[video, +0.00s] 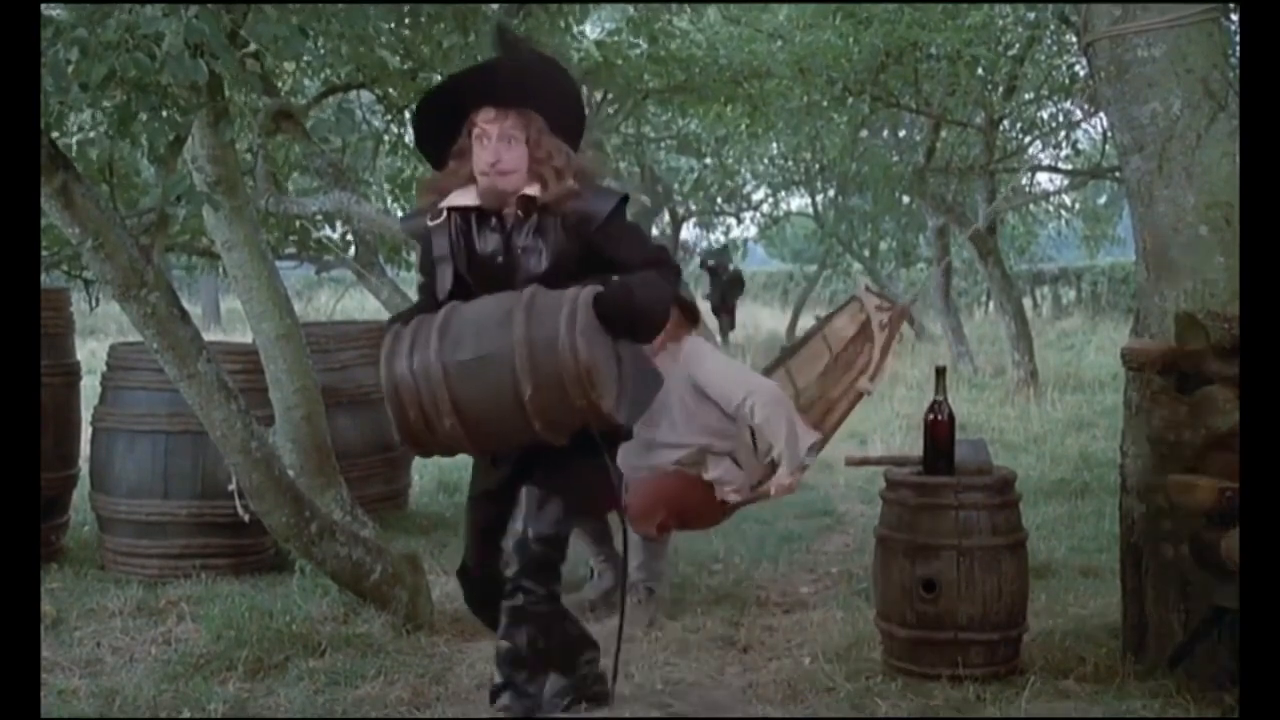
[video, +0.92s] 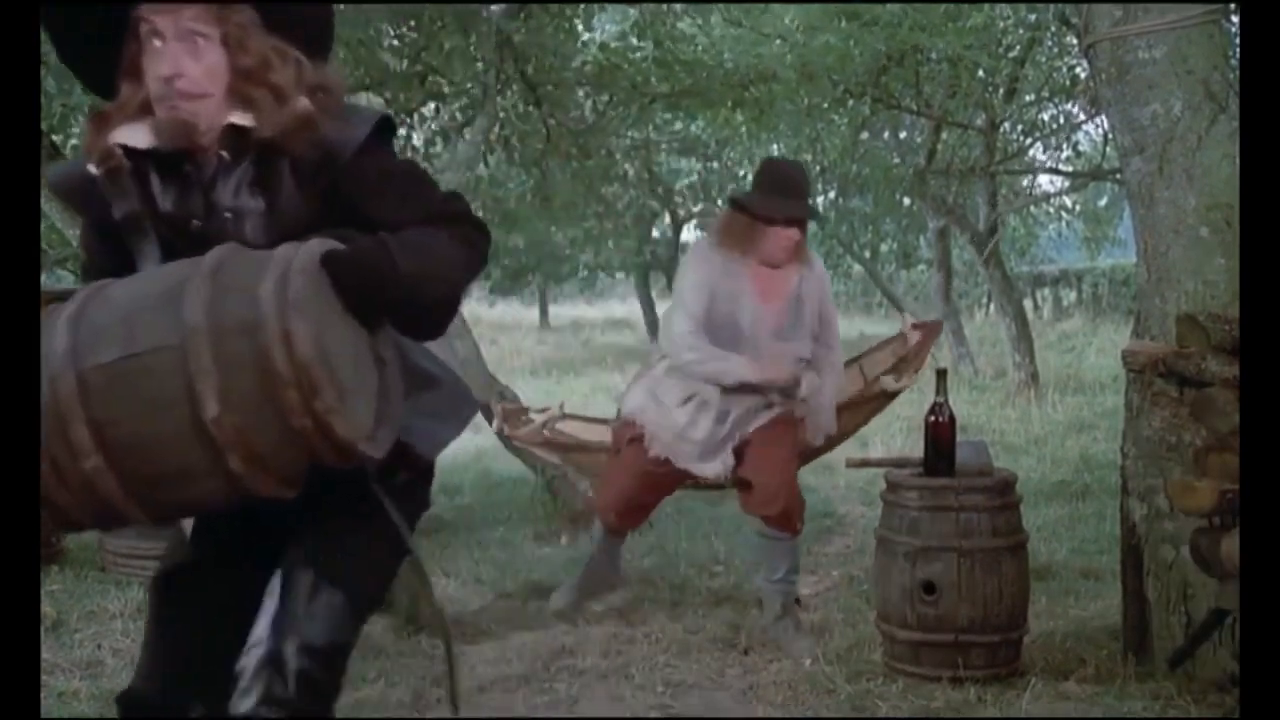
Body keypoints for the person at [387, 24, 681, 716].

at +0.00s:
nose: (496, 150)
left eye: (512, 137)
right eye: (482, 138)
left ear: (545, 147)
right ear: (463, 151)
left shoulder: (586, 214)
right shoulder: (448, 230)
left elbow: (660, 277)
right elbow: (428, 316)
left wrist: (612, 303)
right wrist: (421, 337)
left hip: (573, 427)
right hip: (496, 428)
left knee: (530, 561)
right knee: (479, 579)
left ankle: (518, 695)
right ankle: (577, 662)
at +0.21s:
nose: (468, 137)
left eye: (484, 123)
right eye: (453, 122)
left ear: (516, 135)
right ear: (431, 138)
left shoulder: (564, 206)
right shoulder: (413, 226)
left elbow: (644, 270)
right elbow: (384, 320)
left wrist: (571, 319)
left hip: (572, 436)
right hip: (468, 434)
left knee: (539, 599)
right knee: (365, 551)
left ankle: (515, 708)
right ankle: (454, 676)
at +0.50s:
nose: (368, 127)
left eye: (388, 109)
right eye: (351, 110)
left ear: (427, 120)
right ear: (335, 127)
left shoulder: (495, 197)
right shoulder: (317, 229)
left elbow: (588, 272)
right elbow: (308, 326)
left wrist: (503, 319)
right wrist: (275, 349)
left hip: (513, 452)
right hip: (395, 459)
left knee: (507, 628)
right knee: (341, 608)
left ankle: (498, 707)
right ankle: (350, 699)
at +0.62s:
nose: (286, 111)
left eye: (306, 89)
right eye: (270, 93)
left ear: (351, 100)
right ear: (251, 111)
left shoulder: (432, 176)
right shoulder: (244, 222)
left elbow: (541, 241)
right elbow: (237, 333)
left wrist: (467, 303)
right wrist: (217, 372)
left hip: (470, 452)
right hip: (341, 463)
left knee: (482, 674)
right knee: (278, 631)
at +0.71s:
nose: (252, 97)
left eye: (274, 74)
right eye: (234, 75)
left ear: (318, 84)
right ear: (215, 93)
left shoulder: (393, 167)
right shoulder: (213, 199)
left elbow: (512, 243)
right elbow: (194, 324)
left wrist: (436, 297)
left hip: (436, 445)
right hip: (308, 452)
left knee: (403, 660)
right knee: (228, 649)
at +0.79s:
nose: (228, 87)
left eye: (250, 65)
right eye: (210, 65)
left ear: (296, 75)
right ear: (192, 81)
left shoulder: (373, 164)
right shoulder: (184, 198)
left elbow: (494, 246)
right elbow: (162, 329)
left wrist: (404, 292)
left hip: (407, 442)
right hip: (275, 455)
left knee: (357, 633)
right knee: (202, 662)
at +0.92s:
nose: (171, 66)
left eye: (196, 39)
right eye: (154, 40)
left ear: (247, 50)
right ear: (135, 54)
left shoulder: (327, 146)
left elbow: (457, 239)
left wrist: (334, 274)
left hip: (368, 449)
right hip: (239, 457)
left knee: (289, 678)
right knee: (165, 690)